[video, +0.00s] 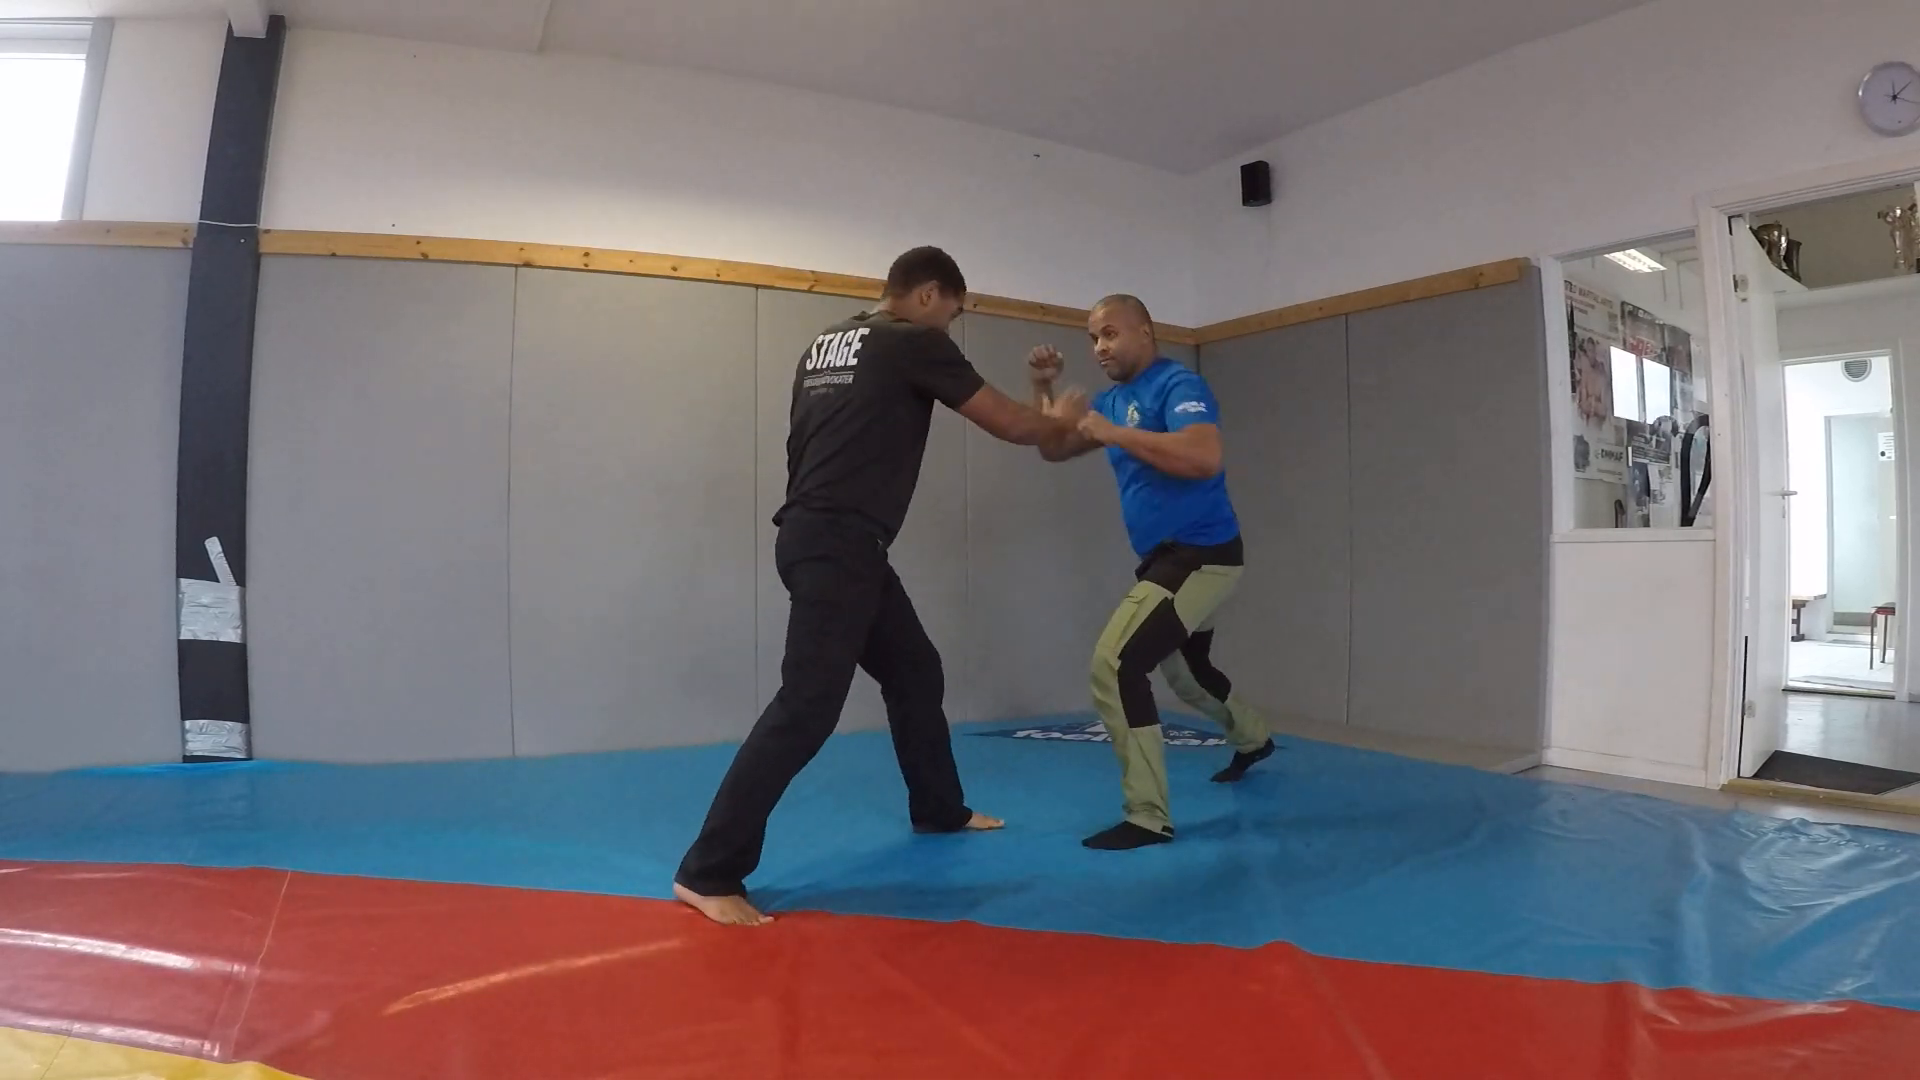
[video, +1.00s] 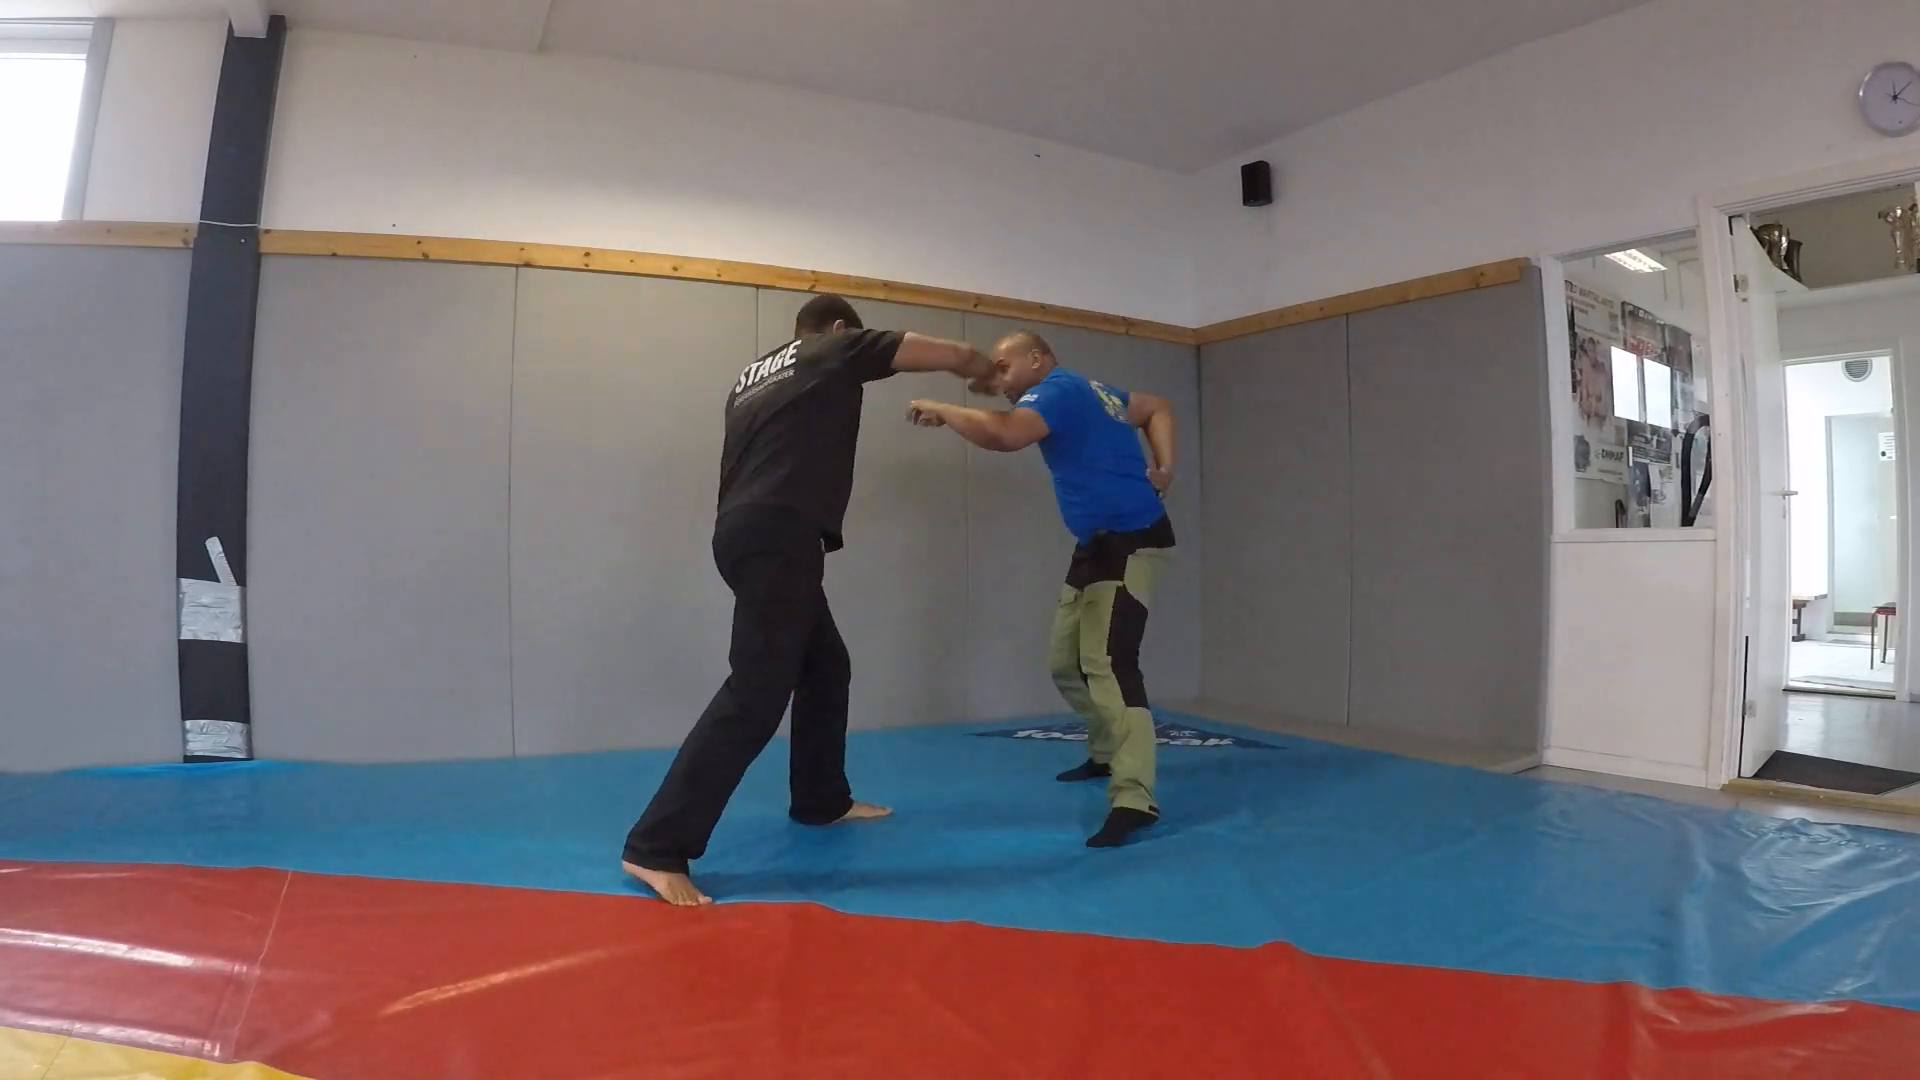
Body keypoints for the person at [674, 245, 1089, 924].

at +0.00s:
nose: (950, 324)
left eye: (954, 315)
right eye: (950, 312)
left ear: (896, 293)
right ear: (926, 294)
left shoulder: (827, 346)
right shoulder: (915, 343)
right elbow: (1013, 423)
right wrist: (1062, 420)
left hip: (816, 538)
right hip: (841, 544)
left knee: (914, 669)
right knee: (805, 712)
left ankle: (939, 811)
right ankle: (708, 874)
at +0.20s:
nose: (941, 323)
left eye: (947, 313)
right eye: (939, 306)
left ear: (897, 289)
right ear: (903, 284)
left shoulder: (865, 339)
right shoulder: (873, 340)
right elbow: (916, 463)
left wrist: (955, 344)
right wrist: (976, 477)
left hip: (859, 543)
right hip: (830, 537)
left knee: (929, 668)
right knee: (807, 703)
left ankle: (931, 813)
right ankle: (714, 870)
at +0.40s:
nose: (925, 343)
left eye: (930, 333)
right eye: (921, 329)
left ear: (897, 316)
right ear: (884, 307)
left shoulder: (892, 361)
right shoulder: (816, 358)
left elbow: (957, 372)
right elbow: (863, 459)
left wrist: (986, 359)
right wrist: (948, 423)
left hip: (850, 557)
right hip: (794, 555)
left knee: (917, 675)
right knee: (801, 695)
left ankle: (929, 813)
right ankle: (693, 849)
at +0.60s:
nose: (896, 340)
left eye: (902, 330)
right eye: (898, 326)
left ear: (854, 310)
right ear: (867, 310)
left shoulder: (810, 357)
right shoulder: (809, 366)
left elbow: (832, 423)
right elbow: (887, 461)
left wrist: (884, 385)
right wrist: (934, 391)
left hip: (796, 556)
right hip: (756, 555)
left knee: (866, 669)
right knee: (745, 714)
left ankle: (913, 801)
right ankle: (653, 861)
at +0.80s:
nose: (864, 333)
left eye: (864, 327)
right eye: (864, 324)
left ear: (812, 314)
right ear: (850, 312)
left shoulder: (761, 359)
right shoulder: (834, 345)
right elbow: (917, 376)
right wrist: (923, 341)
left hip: (747, 535)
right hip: (780, 539)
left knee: (832, 665)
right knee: (765, 700)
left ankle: (818, 799)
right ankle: (657, 853)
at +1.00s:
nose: (856, 343)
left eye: (856, 337)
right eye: (855, 336)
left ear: (799, 329)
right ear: (841, 328)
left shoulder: (749, 378)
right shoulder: (838, 347)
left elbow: (735, 471)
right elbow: (960, 355)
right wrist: (980, 368)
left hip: (739, 533)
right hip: (781, 530)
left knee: (825, 666)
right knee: (758, 687)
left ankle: (820, 802)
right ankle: (657, 847)